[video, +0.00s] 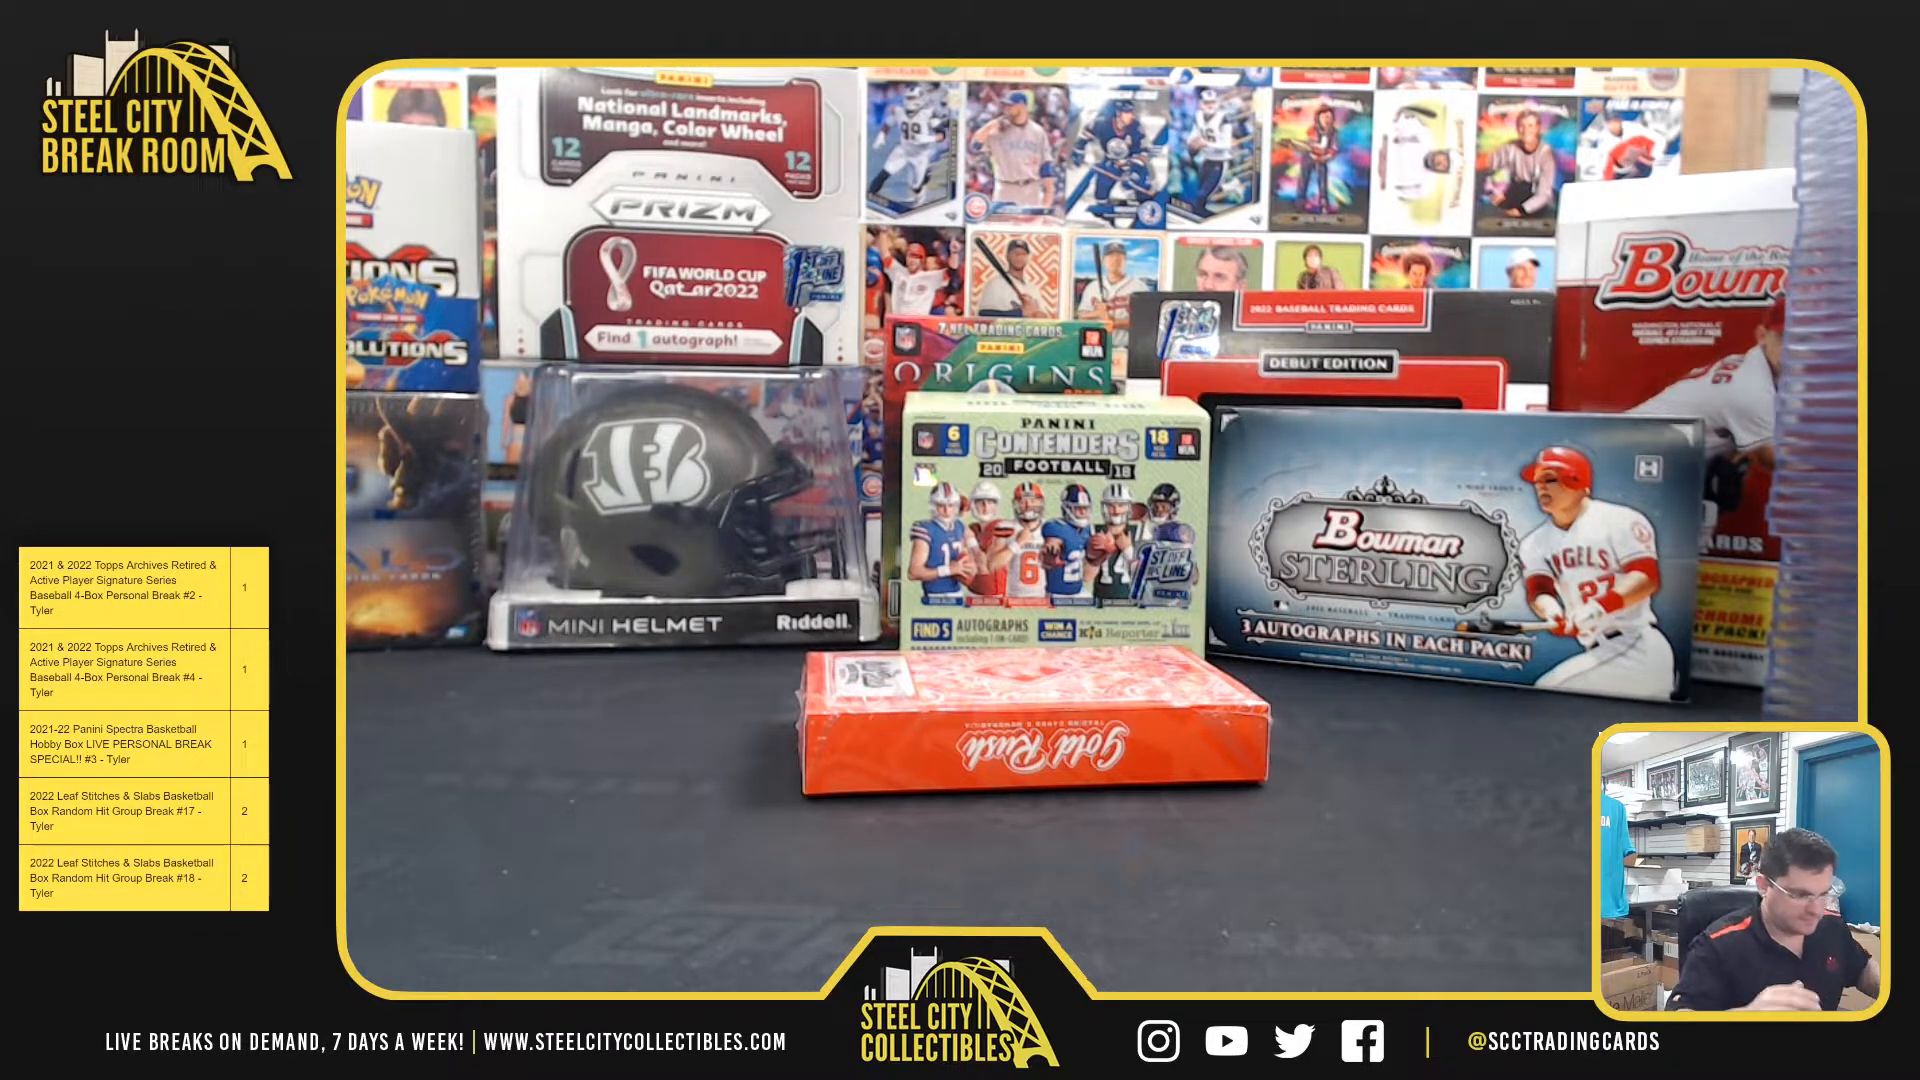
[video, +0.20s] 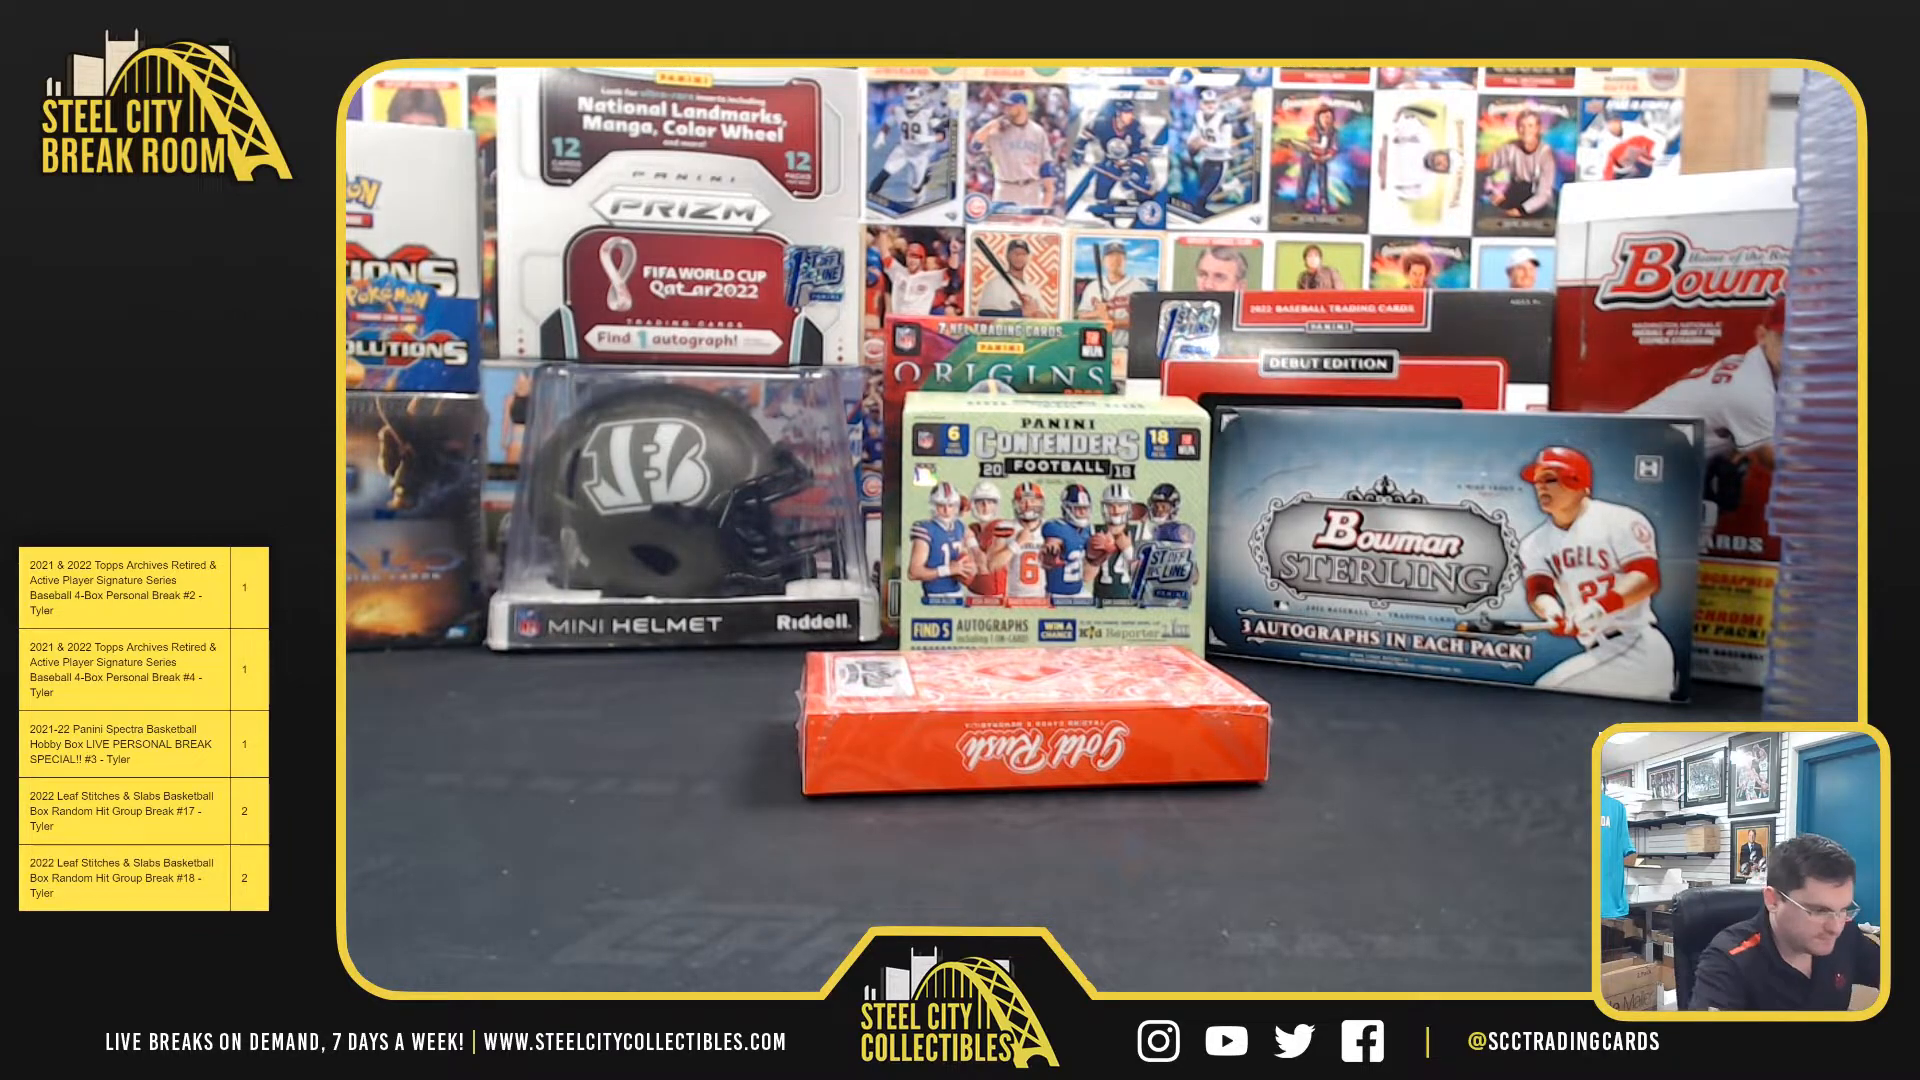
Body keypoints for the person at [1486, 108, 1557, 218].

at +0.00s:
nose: (1526, 130)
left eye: (1530, 126)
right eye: (1522, 126)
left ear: (1539, 128)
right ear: (1518, 130)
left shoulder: (1545, 154)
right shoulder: (1506, 151)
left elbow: (1545, 191)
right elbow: (1490, 178)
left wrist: (1523, 209)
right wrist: (1495, 193)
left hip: (1535, 188)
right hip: (1511, 187)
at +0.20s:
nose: (1526, 130)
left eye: (1530, 126)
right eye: (1522, 126)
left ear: (1539, 128)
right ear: (1518, 130)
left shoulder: (1545, 154)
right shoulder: (1506, 151)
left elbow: (1545, 191)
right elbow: (1490, 178)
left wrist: (1523, 209)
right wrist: (1495, 193)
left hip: (1535, 187)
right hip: (1511, 187)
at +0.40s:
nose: (1526, 130)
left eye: (1530, 126)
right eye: (1522, 126)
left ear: (1539, 128)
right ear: (1518, 130)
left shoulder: (1545, 153)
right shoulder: (1506, 150)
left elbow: (1545, 191)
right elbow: (1490, 178)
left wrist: (1523, 209)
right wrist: (1495, 193)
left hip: (1535, 187)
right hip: (1511, 187)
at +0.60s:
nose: (1526, 130)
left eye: (1531, 126)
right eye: (1522, 126)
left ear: (1539, 128)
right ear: (1518, 129)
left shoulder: (1545, 153)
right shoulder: (1507, 150)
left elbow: (1545, 191)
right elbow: (1489, 177)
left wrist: (1523, 209)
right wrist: (1494, 193)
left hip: (1535, 187)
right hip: (1512, 187)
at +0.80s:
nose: (1526, 130)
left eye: (1530, 126)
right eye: (1522, 126)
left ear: (1539, 128)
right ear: (1518, 130)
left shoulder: (1545, 153)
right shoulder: (1506, 150)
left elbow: (1545, 191)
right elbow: (1490, 178)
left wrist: (1523, 209)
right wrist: (1495, 193)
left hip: (1535, 187)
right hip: (1512, 187)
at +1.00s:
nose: (1526, 130)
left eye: (1530, 126)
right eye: (1522, 126)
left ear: (1539, 128)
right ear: (1518, 129)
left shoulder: (1545, 153)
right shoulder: (1507, 150)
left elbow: (1545, 191)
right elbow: (1489, 178)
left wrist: (1523, 209)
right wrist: (1495, 193)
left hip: (1535, 187)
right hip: (1513, 186)